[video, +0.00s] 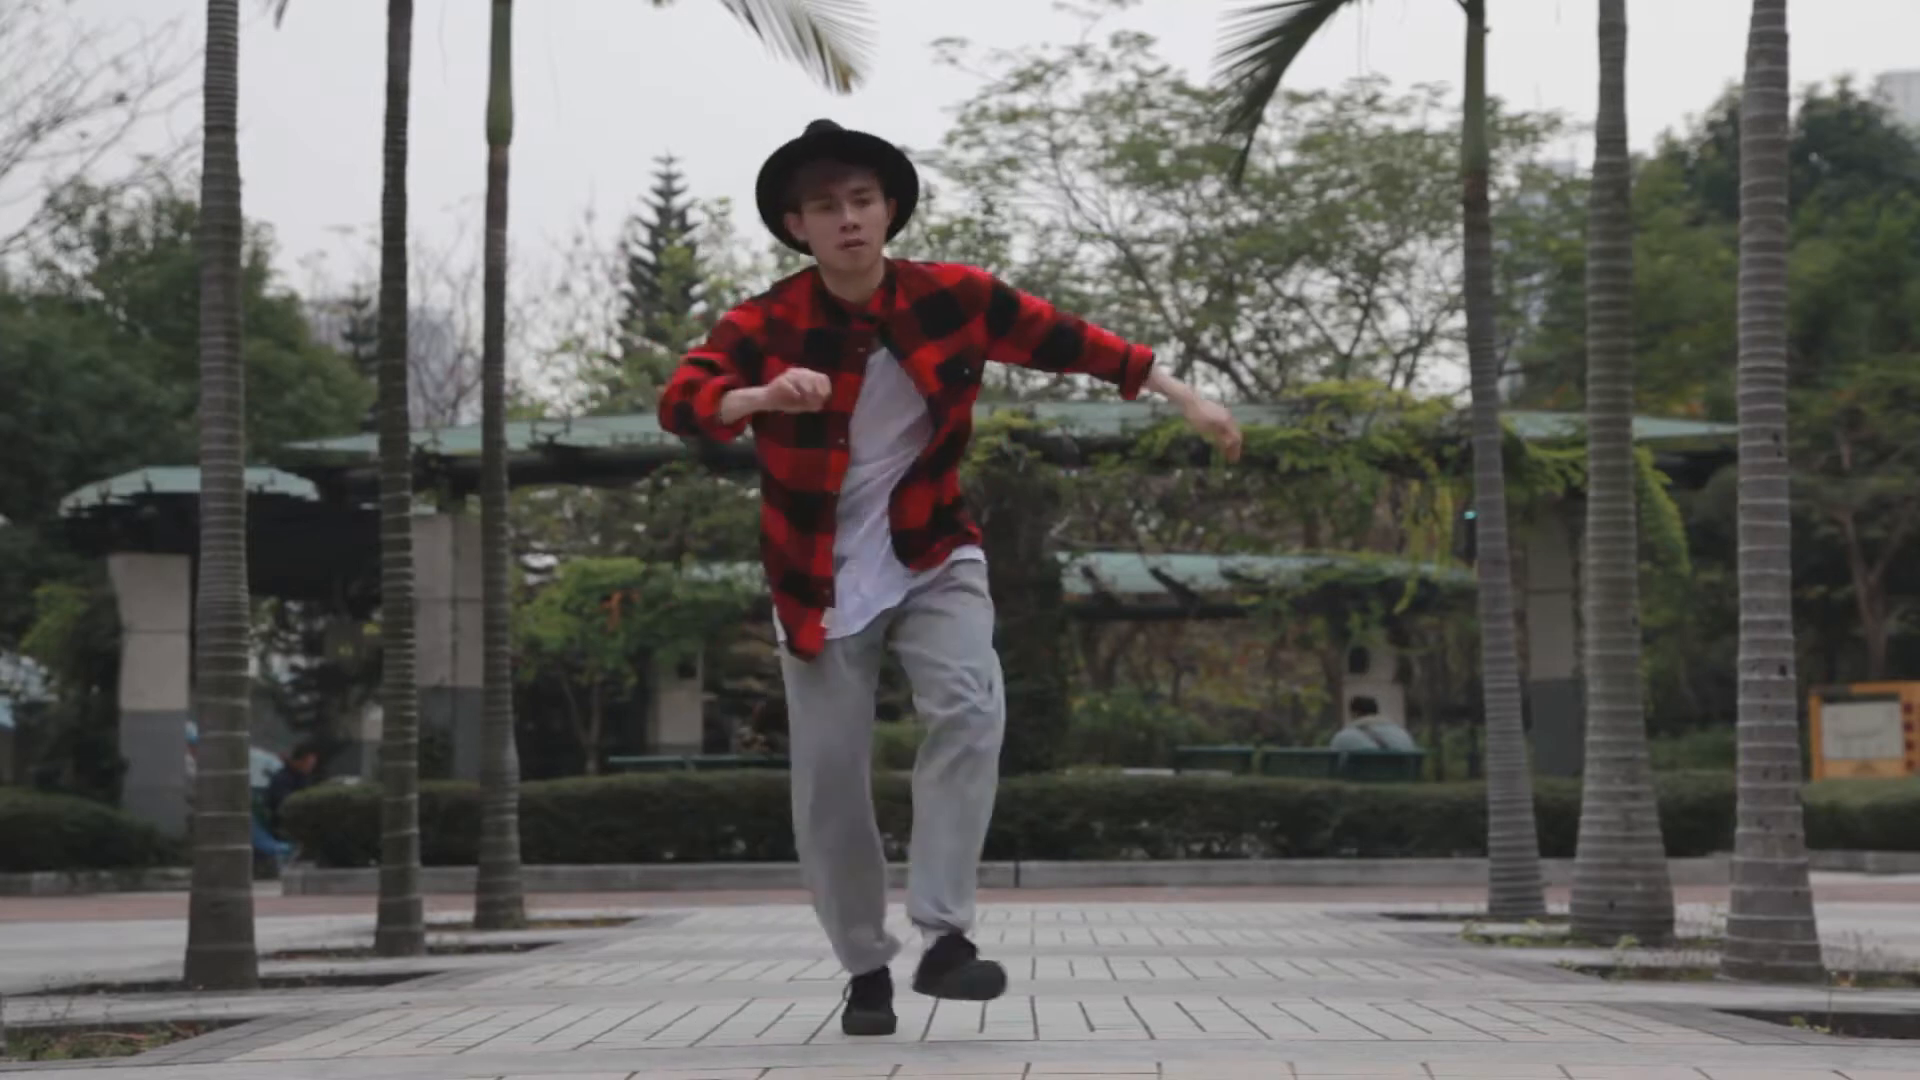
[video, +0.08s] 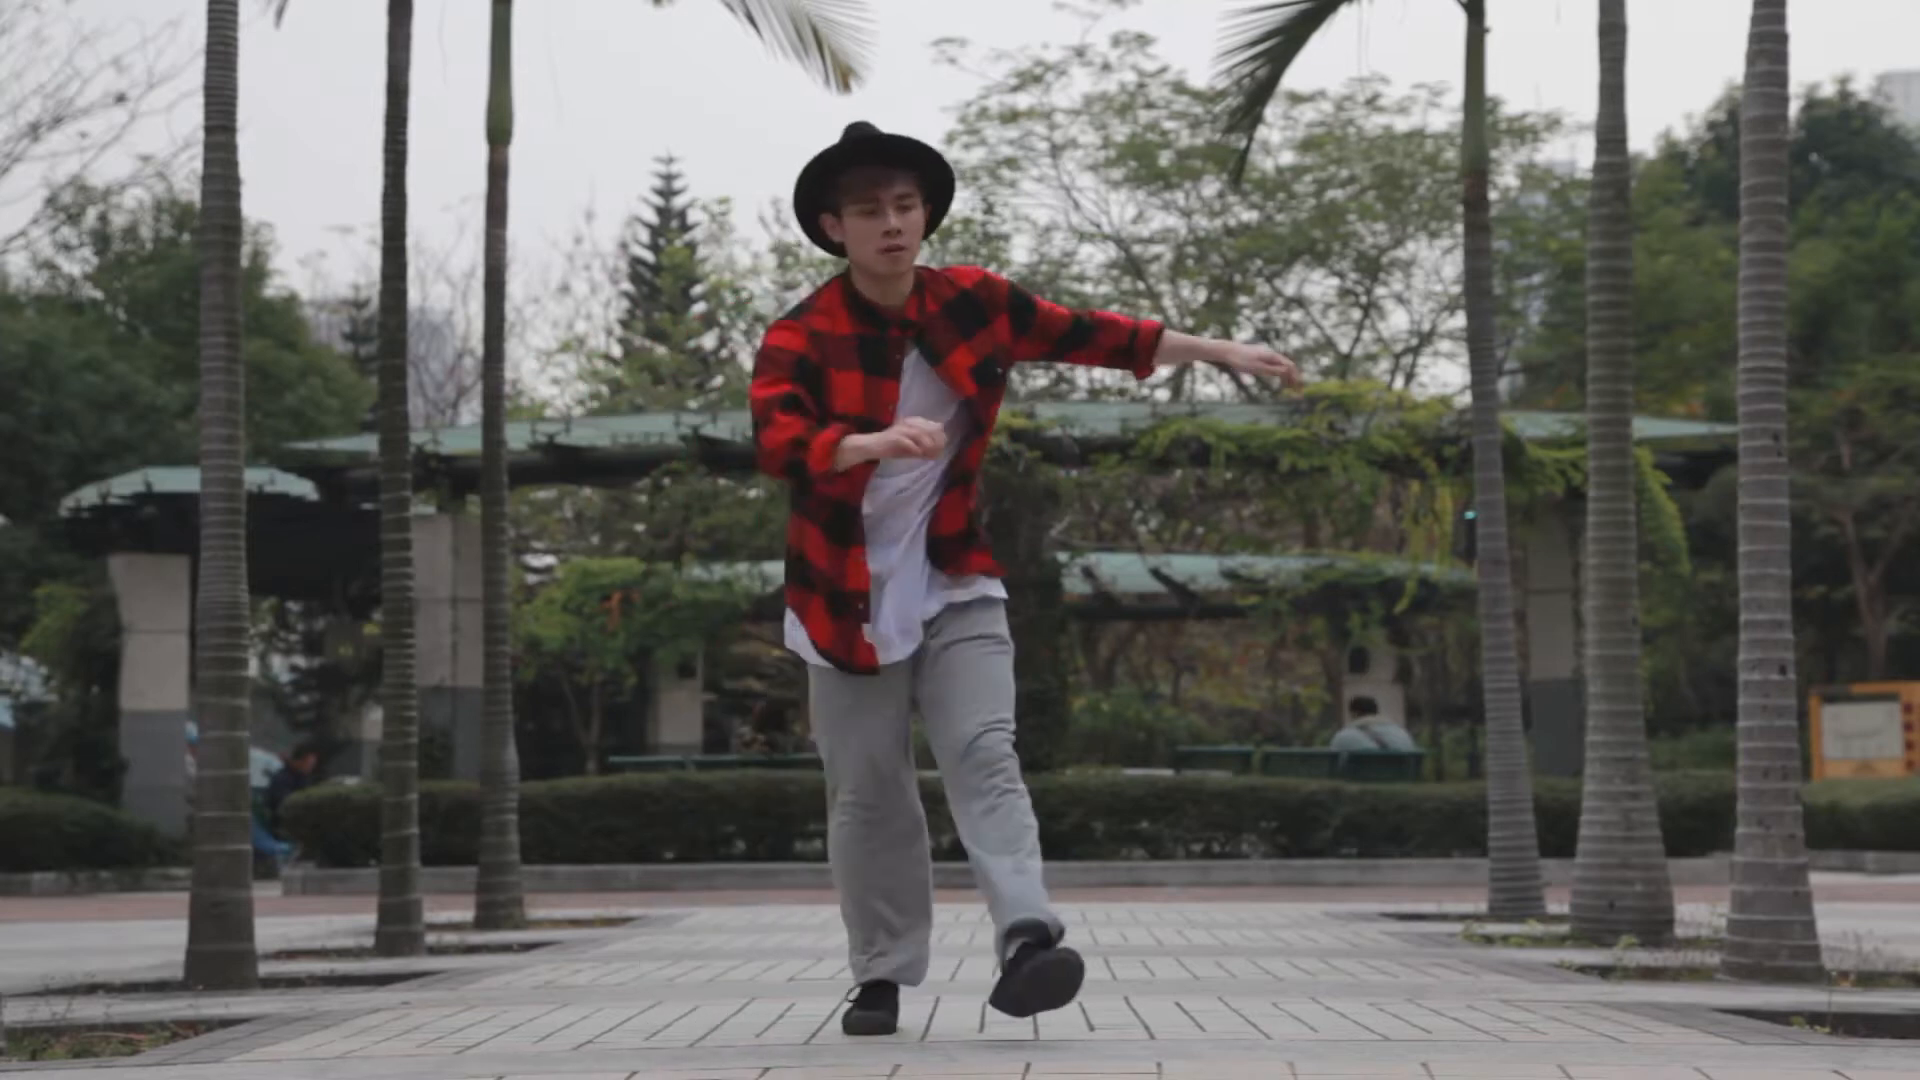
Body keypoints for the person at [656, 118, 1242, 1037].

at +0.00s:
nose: (848, 218)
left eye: (863, 198)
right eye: (825, 205)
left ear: (893, 211)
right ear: (798, 230)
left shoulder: (953, 297)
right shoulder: (764, 325)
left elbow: (1061, 339)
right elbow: (680, 400)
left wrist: (1177, 390)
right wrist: (754, 398)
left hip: (930, 549)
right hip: (819, 571)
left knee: (969, 710)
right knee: (829, 768)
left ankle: (944, 940)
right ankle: (865, 969)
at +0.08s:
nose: (892, 223)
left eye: (906, 204)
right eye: (867, 207)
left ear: (927, 216)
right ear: (832, 228)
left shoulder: (974, 301)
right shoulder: (797, 339)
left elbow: (1085, 333)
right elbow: (781, 445)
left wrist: (1210, 349)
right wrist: (874, 442)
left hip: (956, 582)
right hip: (846, 600)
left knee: (985, 750)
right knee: (866, 793)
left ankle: (1027, 941)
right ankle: (878, 973)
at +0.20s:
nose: (953, 223)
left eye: (966, 203)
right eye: (929, 205)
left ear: (984, 215)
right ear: (887, 223)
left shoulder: (1021, 306)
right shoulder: (859, 344)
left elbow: (1109, 394)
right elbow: (881, 477)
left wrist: (1205, 401)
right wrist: (1001, 479)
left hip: (1007, 597)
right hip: (896, 606)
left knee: (1041, 763)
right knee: (892, 771)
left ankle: (1006, 963)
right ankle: (875, 951)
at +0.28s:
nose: (988, 231)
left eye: (1001, 212)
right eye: (964, 215)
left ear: (1021, 226)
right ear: (924, 234)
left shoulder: (1056, 324)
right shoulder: (899, 354)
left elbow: (1099, 430)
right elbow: (944, 489)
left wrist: (1144, 469)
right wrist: (1066, 456)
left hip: (1034, 606)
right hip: (928, 606)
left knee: (1049, 800)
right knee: (901, 781)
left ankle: (990, 976)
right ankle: (912, 965)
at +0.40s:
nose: (1028, 242)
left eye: (1042, 222)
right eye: (1005, 229)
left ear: (1069, 235)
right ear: (973, 252)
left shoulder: (1114, 331)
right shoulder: (953, 342)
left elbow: (1113, 437)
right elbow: (1028, 445)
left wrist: (1103, 481)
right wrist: (1161, 424)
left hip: (1061, 587)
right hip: (955, 581)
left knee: (1091, 766)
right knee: (967, 718)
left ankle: (1009, 952)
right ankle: (986, 899)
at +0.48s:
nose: (1053, 255)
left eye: (1066, 233)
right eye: (1029, 245)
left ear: (1098, 246)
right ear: (1006, 271)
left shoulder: (1132, 329)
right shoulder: (997, 350)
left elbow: (1183, 343)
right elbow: (1089, 442)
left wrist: (1157, 428)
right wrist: (1208, 480)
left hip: (1070, 589)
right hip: (966, 572)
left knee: (1149, 739)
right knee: (1018, 676)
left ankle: (1047, 923)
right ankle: (962, 891)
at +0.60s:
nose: (1118, 280)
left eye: (1131, 261)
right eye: (1091, 271)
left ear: (1160, 277)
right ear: (1065, 306)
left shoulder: (1183, 374)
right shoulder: (1069, 385)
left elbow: (1220, 421)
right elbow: (1095, 506)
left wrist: (1219, 471)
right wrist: (1147, 615)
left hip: (1090, 630)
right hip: (1005, 641)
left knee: (1177, 783)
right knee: (1076, 818)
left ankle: (1141, 990)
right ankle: (912, 861)